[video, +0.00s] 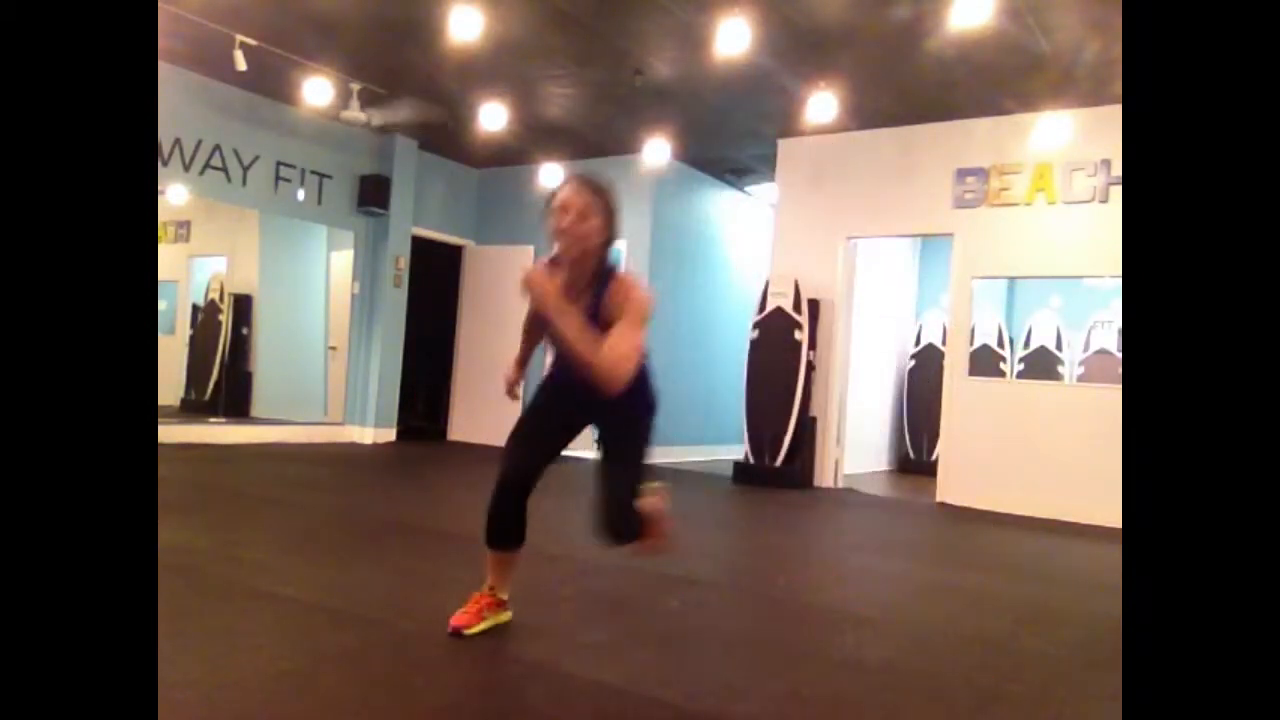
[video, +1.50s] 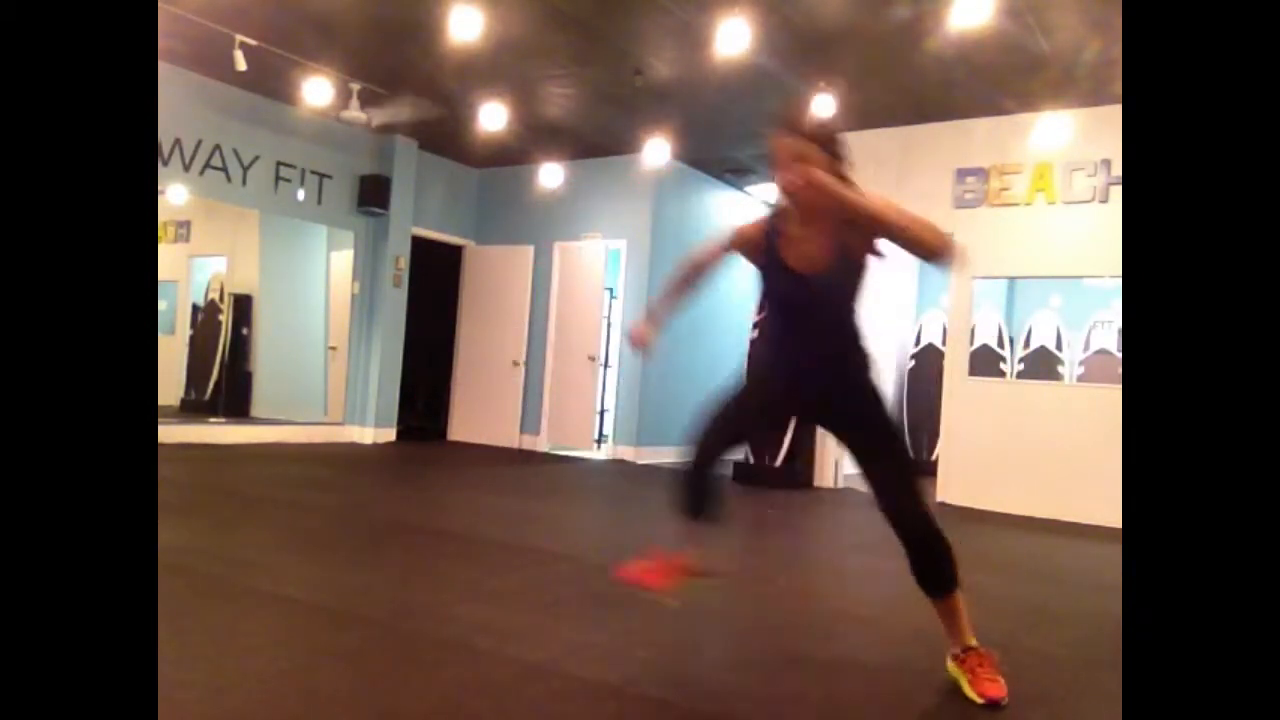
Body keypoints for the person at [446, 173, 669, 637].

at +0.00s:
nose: (568, 224)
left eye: (583, 215)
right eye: (561, 213)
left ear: (606, 228)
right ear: (550, 223)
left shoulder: (629, 293)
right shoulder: (545, 277)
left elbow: (614, 374)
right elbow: (537, 322)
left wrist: (553, 304)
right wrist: (519, 365)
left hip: (623, 400)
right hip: (566, 388)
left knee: (618, 524)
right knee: (512, 480)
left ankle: (653, 513)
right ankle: (494, 595)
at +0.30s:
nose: (538, 261)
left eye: (555, 254)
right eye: (532, 250)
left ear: (578, 268)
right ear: (521, 259)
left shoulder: (598, 334)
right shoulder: (519, 317)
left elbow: (572, 433)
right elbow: (510, 371)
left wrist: (518, 363)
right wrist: (493, 407)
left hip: (598, 425)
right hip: (542, 403)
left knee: (548, 534)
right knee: (503, 494)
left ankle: (497, 535)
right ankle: (494, 596)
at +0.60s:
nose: (709, 158)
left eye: (721, 149)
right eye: (700, 147)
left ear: (739, 158)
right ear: (682, 151)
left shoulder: (746, 212)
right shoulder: (660, 200)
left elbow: (803, 222)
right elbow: (591, 266)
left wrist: (732, 203)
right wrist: (633, 223)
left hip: (707, 362)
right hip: (646, 355)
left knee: (748, 457)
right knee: (576, 460)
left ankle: (774, 540)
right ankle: (500, 579)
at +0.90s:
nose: (886, 235)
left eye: (897, 224)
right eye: (874, 224)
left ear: (910, 227)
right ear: (850, 225)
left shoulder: (932, 281)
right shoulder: (823, 284)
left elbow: (990, 343)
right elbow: (830, 364)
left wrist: (1018, 426)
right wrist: (866, 304)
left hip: (890, 417)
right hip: (824, 416)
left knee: (935, 524)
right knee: (769, 529)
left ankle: (965, 652)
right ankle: (780, 482)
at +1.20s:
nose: (936, 290)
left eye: (949, 277)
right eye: (922, 278)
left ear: (968, 284)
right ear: (902, 283)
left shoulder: (972, 336)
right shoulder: (867, 342)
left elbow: (957, 378)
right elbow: (870, 451)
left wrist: (961, 395)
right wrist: (940, 403)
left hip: (941, 440)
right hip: (879, 457)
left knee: (944, 552)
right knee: (920, 568)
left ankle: (966, 656)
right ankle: (997, 544)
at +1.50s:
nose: (789, 175)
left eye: (801, 163)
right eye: (780, 163)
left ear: (833, 170)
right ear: (773, 172)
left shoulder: (858, 226)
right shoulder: (759, 236)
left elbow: (939, 248)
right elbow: (695, 271)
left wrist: (842, 193)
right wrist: (652, 321)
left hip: (842, 388)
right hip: (773, 385)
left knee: (906, 507)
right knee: (704, 455)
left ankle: (964, 647)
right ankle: (685, 554)